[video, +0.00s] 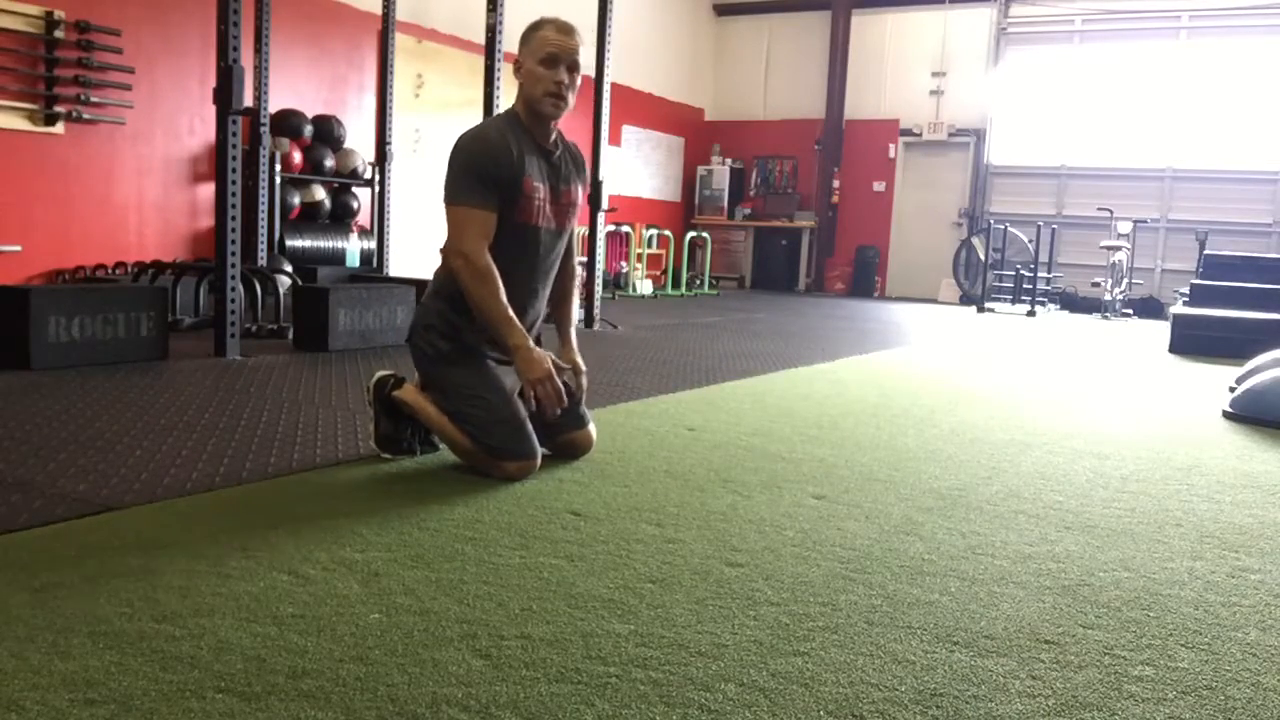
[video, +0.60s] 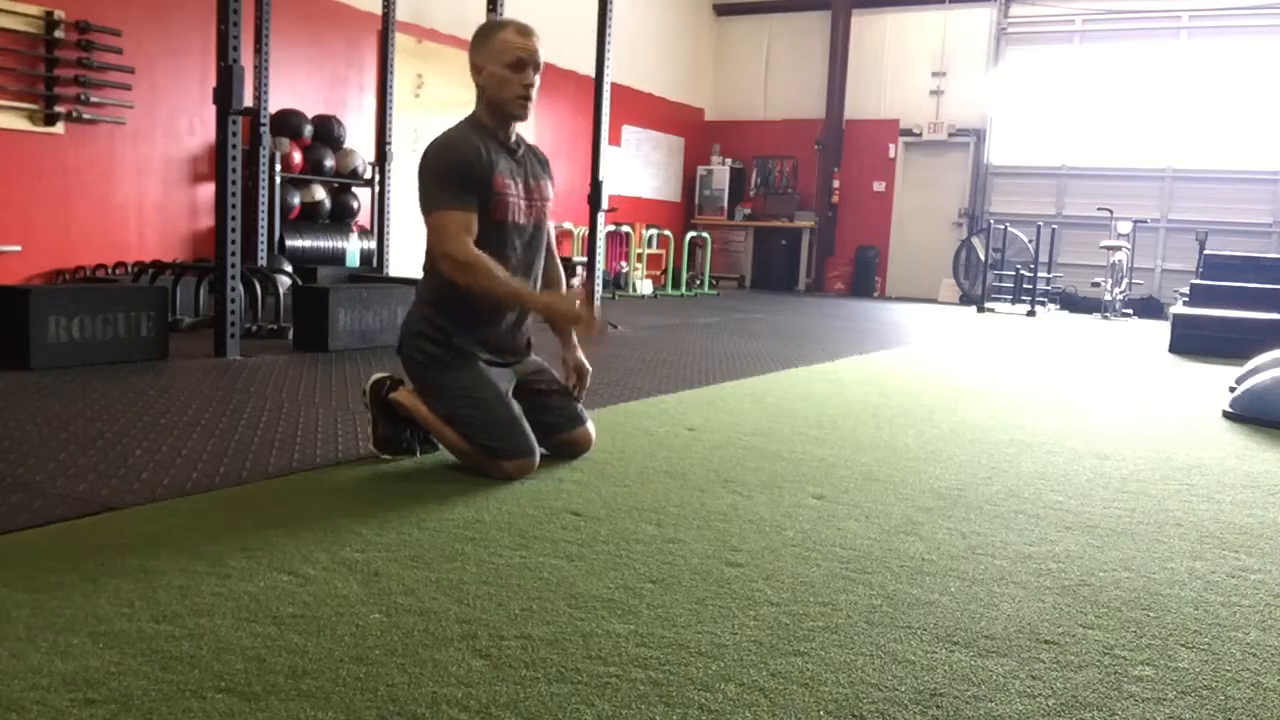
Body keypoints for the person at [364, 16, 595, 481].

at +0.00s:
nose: (562, 78)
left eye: (572, 68)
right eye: (549, 63)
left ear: (579, 80)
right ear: (518, 68)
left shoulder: (573, 162)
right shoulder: (485, 145)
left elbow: (565, 258)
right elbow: (466, 255)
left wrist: (568, 342)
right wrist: (525, 349)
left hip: (518, 336)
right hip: (455, 337)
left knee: (574, 440)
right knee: (515, 463)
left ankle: (448, 407)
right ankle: (401, 396)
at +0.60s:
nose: (531, 79)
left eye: (536, 68)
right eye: (517, 64)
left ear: (540, 77)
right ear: (478, 71)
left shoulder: (537, 163)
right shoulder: (454, 151)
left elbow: (545, 257)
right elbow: (452, 253)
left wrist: (569, 343)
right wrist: (539, 302)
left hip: (506, 345)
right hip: (446, 347)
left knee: (574, 440)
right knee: (514, 462)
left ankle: (444, 411)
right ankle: (399, 400)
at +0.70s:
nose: (529, 79)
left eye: (532, 68)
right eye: (515, 65)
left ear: (535, 75)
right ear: (474, 71)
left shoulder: (531, 162)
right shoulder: (451, 150)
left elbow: (541, 261)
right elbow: (464, 253)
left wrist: (575, 337)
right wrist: (562, 252)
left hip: (507, 346)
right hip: (446, 349)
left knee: (575, 440)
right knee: (514, 463)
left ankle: (447, 406)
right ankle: (399, 399)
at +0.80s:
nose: (528, 78)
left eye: (531, 66)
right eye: (513, 65)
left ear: (534, 73)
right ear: (472, 71)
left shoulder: (528, 162)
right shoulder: (450, 150)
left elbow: (540, 252)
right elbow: (481, 246)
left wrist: (583, 304)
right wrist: (568, 198)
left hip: (508, 347)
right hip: (447, 349)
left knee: (573, 439)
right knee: (514, 463)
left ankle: (443, 410)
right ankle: (398, 399)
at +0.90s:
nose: (530, 80)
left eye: (532, 68)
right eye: (517, 66)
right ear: (474, 73)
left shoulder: (528, 161)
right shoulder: (452, 149)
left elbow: (546, 256)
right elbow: (490, 239)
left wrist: (594, 242)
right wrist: (553, 172)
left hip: (509, 347)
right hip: (447, 350)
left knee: (574, 439)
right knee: (514, 462)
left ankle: (442, 409)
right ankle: (400, 400)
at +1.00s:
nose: (531, 78)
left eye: (534, 66)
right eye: (518, 65)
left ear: (537, 73)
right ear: (475, 71)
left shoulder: (521, 155)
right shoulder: (450, 147)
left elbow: (565, 253)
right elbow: (495, 234)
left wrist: (590, 184)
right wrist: (540, 158)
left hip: (508, 346)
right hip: (447, 348)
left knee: (573, 439)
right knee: (514, 462)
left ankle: (443, 411)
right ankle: (398, 400)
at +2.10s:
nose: (543, 76)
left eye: (552, 66)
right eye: (529, 61)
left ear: (558, 77)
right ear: (497, 69)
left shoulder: (557, 164)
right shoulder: (468, 144)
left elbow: (578, 263)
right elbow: (471, 238)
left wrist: (607, 210)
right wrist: (564, 202)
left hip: (517, 341)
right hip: (453, 343)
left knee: (573, 443)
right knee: (515, 463)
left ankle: (449, 406)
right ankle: (402, 398)